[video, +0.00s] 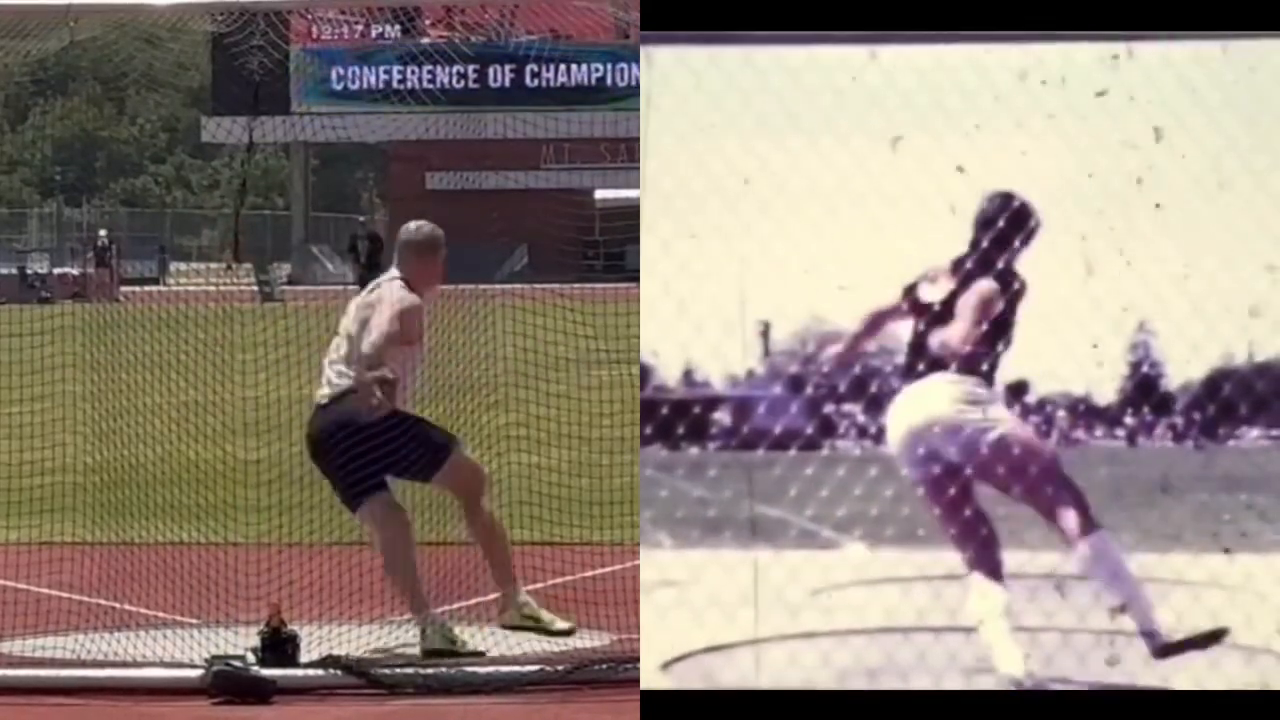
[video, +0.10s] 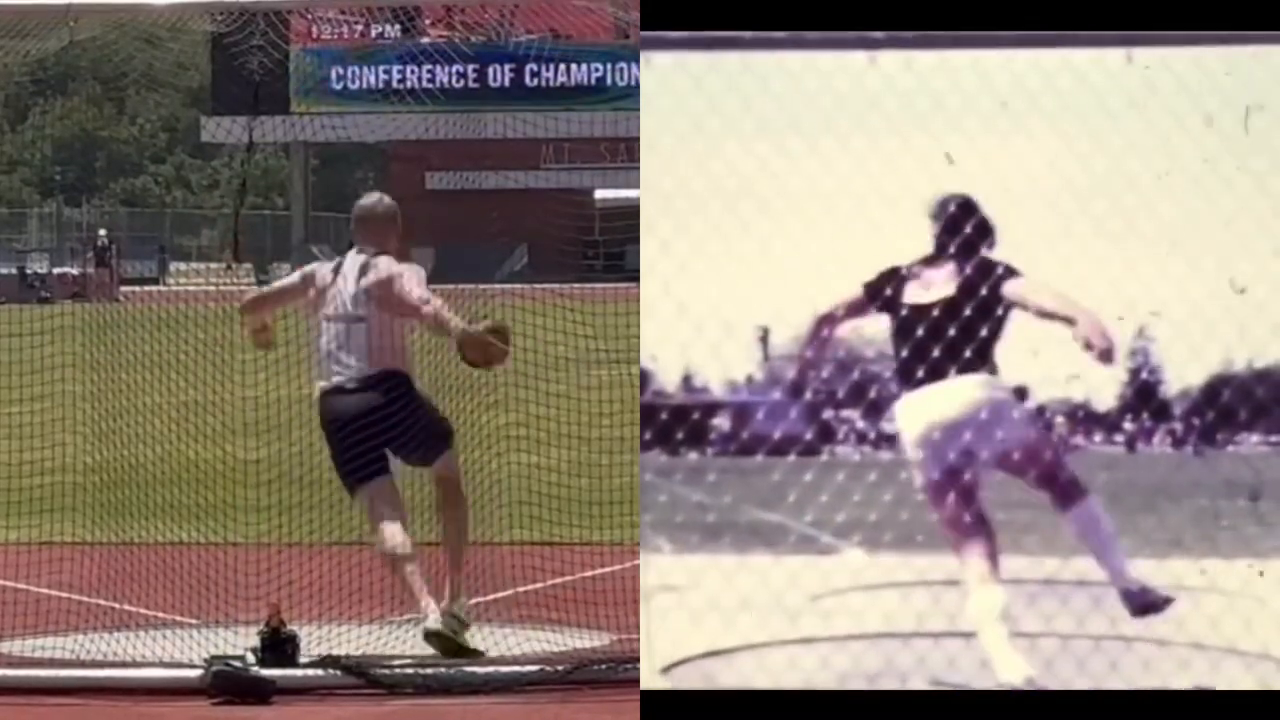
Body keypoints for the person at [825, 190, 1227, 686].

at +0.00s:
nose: (1025, 253)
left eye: (1026, 241)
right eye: (1024, 241)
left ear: (978, 231)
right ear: (1013, 240)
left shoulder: (931, 282)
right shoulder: (1002, 279)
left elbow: (878, 317)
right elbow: (975, 300)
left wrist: (842, 354)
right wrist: (958, 339)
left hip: (903, 412)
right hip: (955, 397)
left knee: (978, 550)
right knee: (1065, 505)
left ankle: (1011, 671)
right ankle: (1154, 631)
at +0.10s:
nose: (984, 251)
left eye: (980, 246)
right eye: (984, 245)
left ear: (936, 237)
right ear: (980, 240)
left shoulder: (896, 281)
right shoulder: (986, 273)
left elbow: (828, 318)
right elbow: (1030, 297)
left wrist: (801, 368)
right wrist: (1083, 318)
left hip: (915, 418)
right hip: (976, 398)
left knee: (970, 538)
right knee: (1060, 482)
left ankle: (1008, 668)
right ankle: (1127, 585)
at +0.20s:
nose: (926, 232)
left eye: (913, 225)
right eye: (936, 221)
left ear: (900, 222)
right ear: (944, 213)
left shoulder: (882, 268)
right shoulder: (974, 258)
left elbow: (831, 307)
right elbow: (1045, 284)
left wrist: (806, 353)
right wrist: (1117, 304)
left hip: (938, 398)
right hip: (990, 378)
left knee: (977, 520)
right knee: (1012, 469)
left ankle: (1019, 650)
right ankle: (1065, 562)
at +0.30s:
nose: (861, 212)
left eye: (866, 203)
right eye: (863, 202)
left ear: (882, 206)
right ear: (909, 201)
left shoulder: (884, 261)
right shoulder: (956, 245)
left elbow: (850, 310)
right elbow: (1031, 270)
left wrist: (802, 344)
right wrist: (1098, 288)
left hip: (953, 395)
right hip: (993, 378)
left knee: (998, 521)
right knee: (936, 468)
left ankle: (1063, 593)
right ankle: (1006, 580)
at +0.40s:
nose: (856, 212)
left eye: (862, 200)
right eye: (854, 201)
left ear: (888, 199)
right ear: (880, 201)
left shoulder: (915, 247)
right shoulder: (893, 247)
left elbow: (894, 310)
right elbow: (982, 262)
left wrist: (825, 327)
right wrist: (1038, 278)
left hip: (971, 394)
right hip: (934, 397)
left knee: (998, 520)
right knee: (901, 497)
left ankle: (1109, 468)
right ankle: (935, 614)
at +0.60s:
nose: (893, 257)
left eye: (899, 245)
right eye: (883, 247)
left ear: (912, 239)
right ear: (868, 249)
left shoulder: (939, 275)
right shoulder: (867, 287)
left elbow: (992, 305)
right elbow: (866, 315)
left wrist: (931, 329)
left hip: (962, 410)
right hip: (904, 413)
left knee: (999, 521)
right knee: (910, 532)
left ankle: (978, 518)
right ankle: (893, 635)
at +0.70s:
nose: (913, 263)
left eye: (915, 252)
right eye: (902, 256)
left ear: (923, 247)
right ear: (883, 259)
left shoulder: (953, 278)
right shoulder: (868, 293)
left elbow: (1025, 278)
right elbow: (823, 304)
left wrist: (1056, 309)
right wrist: (783, 305)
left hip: (956, 414)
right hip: (904, 419)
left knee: (975, 508)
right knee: (932, 526)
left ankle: (923, 566)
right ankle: (880, 628)